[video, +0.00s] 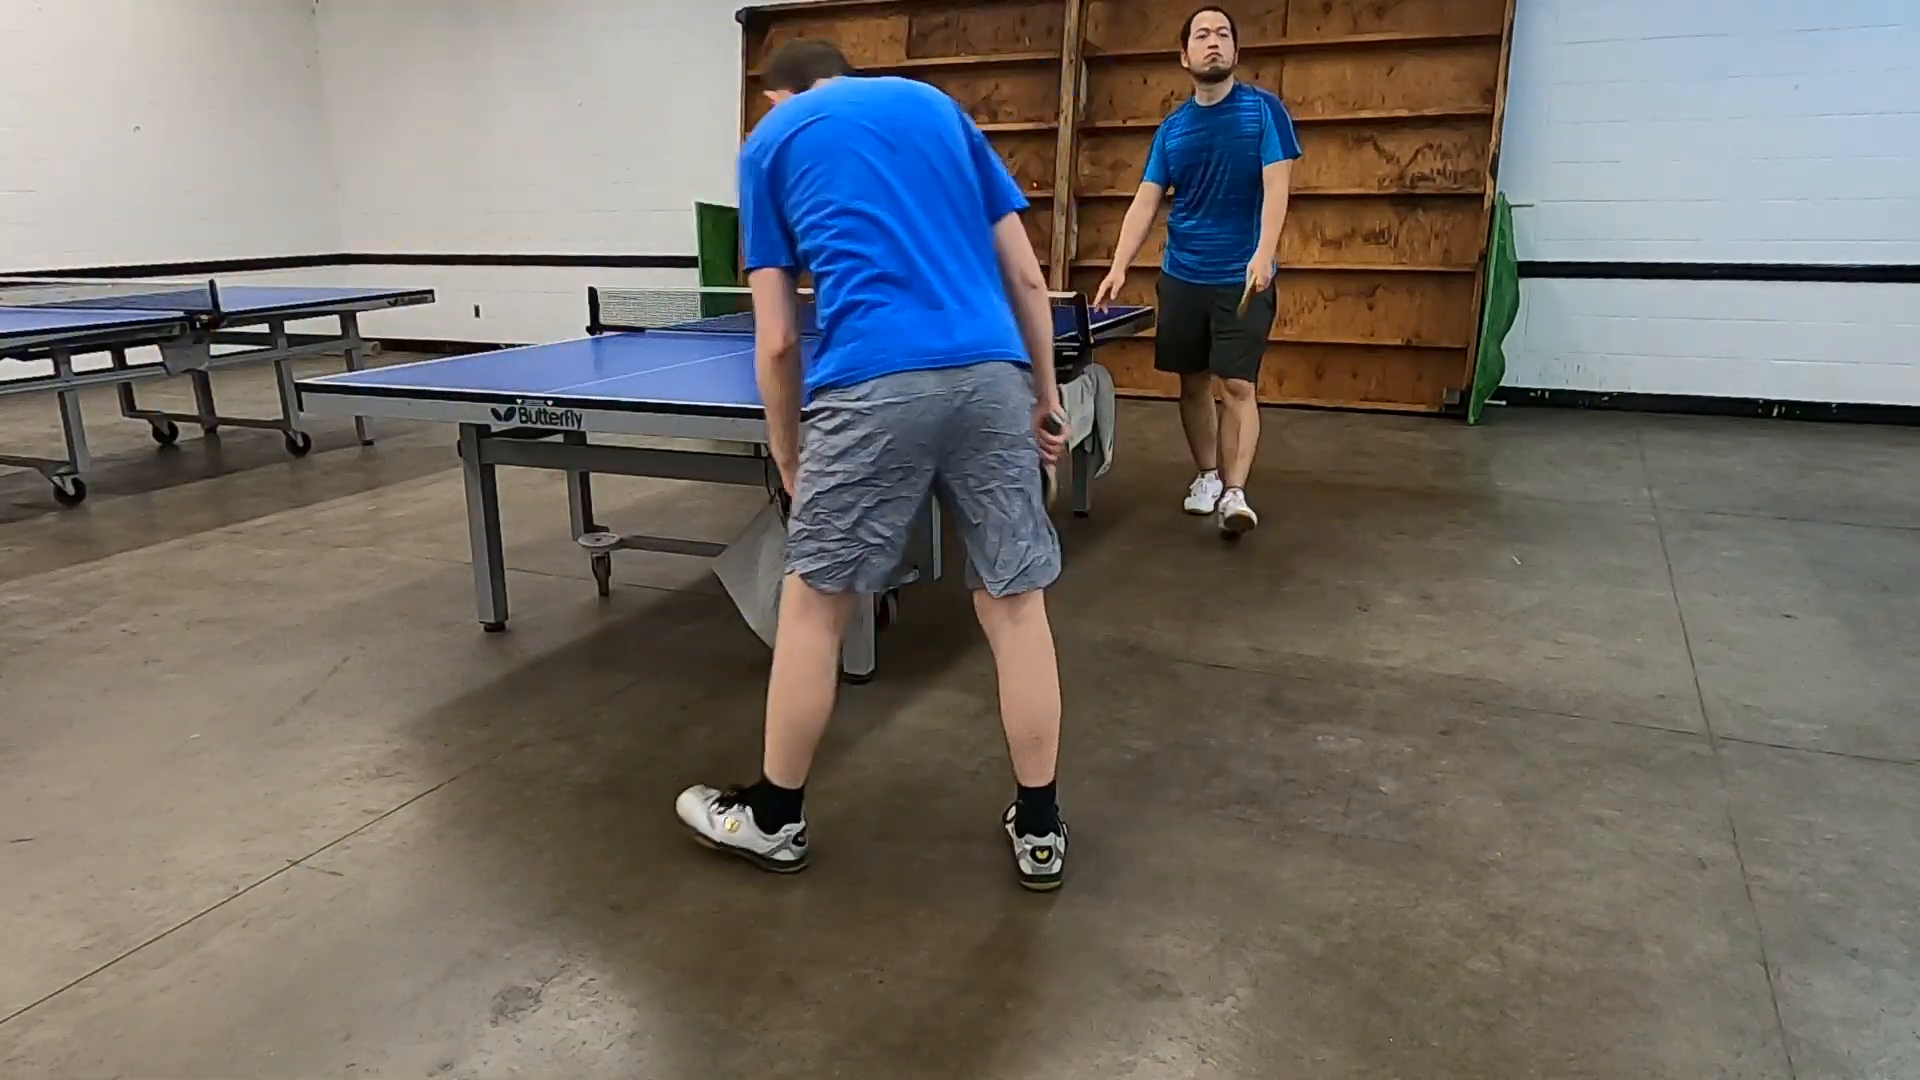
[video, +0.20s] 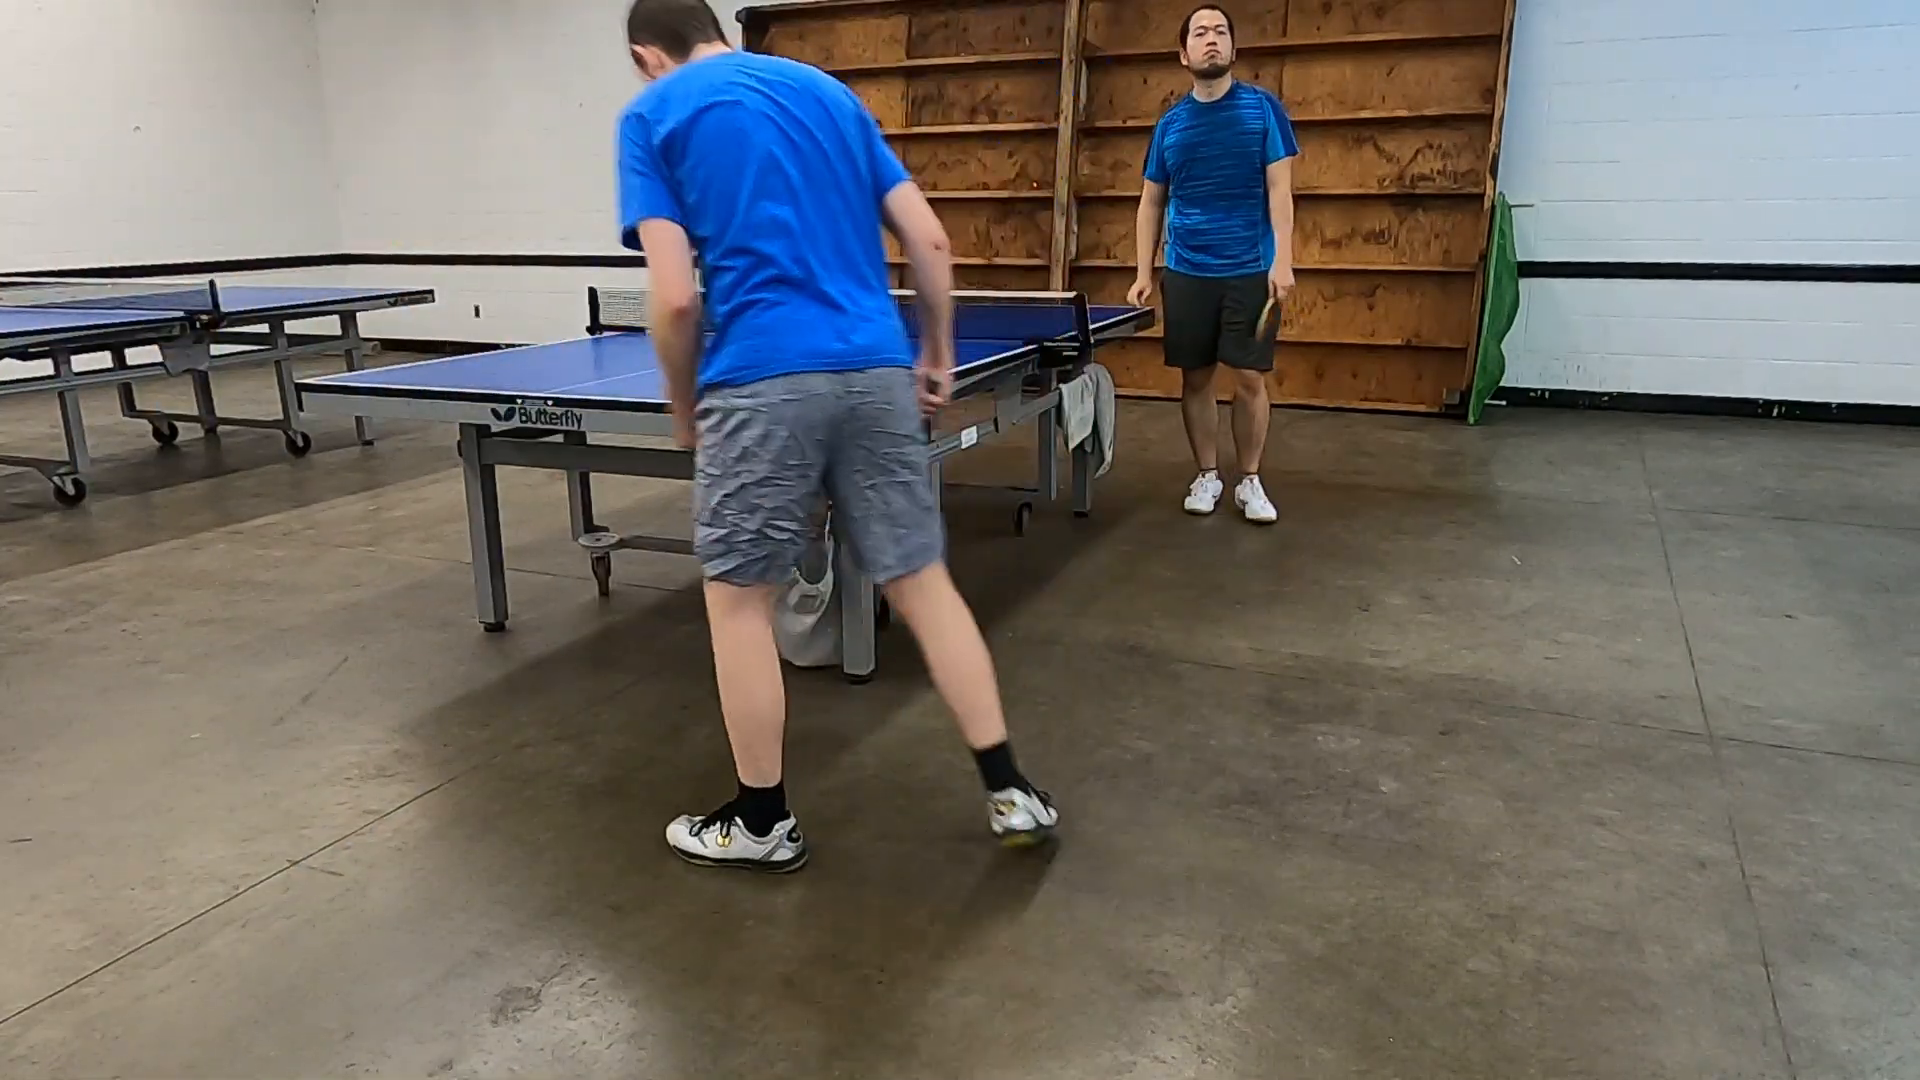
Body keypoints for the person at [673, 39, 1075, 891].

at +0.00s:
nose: (765, 119)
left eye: (763, 107)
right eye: (768, 105)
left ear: (776, 93)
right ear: (848, 69)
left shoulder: (770, 144)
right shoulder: (938, 108)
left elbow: (778, 339)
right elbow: (1025, 273)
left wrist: (787, 460)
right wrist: (1046, 390)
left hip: (872, 390)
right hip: (991, 375)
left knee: (816, 600)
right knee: (1015, 603)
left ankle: (775, 816)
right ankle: (1041, 829)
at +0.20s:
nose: (642, 85)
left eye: (637, 73)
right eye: (639, 73)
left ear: (649, 56)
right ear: (724, 37)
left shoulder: (652, 114)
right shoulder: (827, 90)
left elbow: (676, 295)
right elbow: (927, 240)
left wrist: (683, 406)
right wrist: (938, 353)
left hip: (764, 386)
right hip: (880, 372)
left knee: (740, 596)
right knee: (920, 578)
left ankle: (763, 816)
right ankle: (1009, 789)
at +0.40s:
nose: (553, 35)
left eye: (546, 25)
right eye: (550, 27)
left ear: (564, 10)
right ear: (639, 1)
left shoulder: (572, 66)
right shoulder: (738, 71)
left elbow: (574, 261)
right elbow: (809, 244)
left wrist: (509, 348)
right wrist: (776, 332)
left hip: (681, 367)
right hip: (778, 357)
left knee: (707, 593)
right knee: (764, 557)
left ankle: (759, 811)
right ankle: (826, 737)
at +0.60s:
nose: (477, 29)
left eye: (474, 19)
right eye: (474, 20)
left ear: (493, 7)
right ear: (566, 2)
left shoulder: (502, 69)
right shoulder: (657, 81)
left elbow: (493, 263)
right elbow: (704, 260)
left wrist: (459, 322)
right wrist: (619, 300)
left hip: (596, 379)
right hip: (683, 364)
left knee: (667, 594)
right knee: (619, 574)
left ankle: (759, 808)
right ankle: (576, 744)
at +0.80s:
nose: (406, 24)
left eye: (405, 10)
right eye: (405, 11)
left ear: (430, 4)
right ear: (489, 3)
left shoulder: (431, 74)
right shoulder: (572, 91)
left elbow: (426, 251)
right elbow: (622, 263)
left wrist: (344, 281)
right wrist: (553, 314)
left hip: (498, 385)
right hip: (585, 373)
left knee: (483, 589)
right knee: (543, 559)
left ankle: (659, 731)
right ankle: (523, 761)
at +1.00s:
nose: (327, 12)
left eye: (327, 1)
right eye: (327, 4)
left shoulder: (358, 67)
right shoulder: (493, 76)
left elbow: (340, 240)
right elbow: (549, 243)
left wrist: (240, 254)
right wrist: (469, 287)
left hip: (419, 365)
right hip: (519, 359)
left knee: (359, 544)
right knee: (509, 548)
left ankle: (435, 744)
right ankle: (525, 758)